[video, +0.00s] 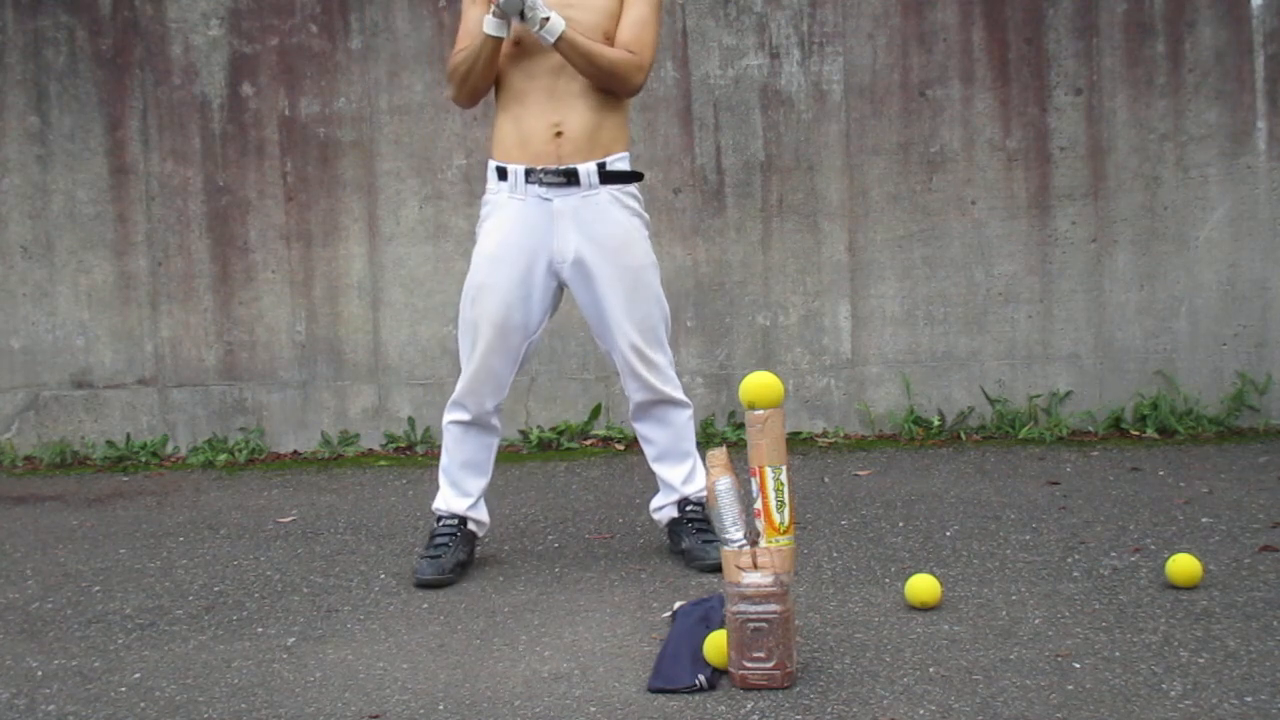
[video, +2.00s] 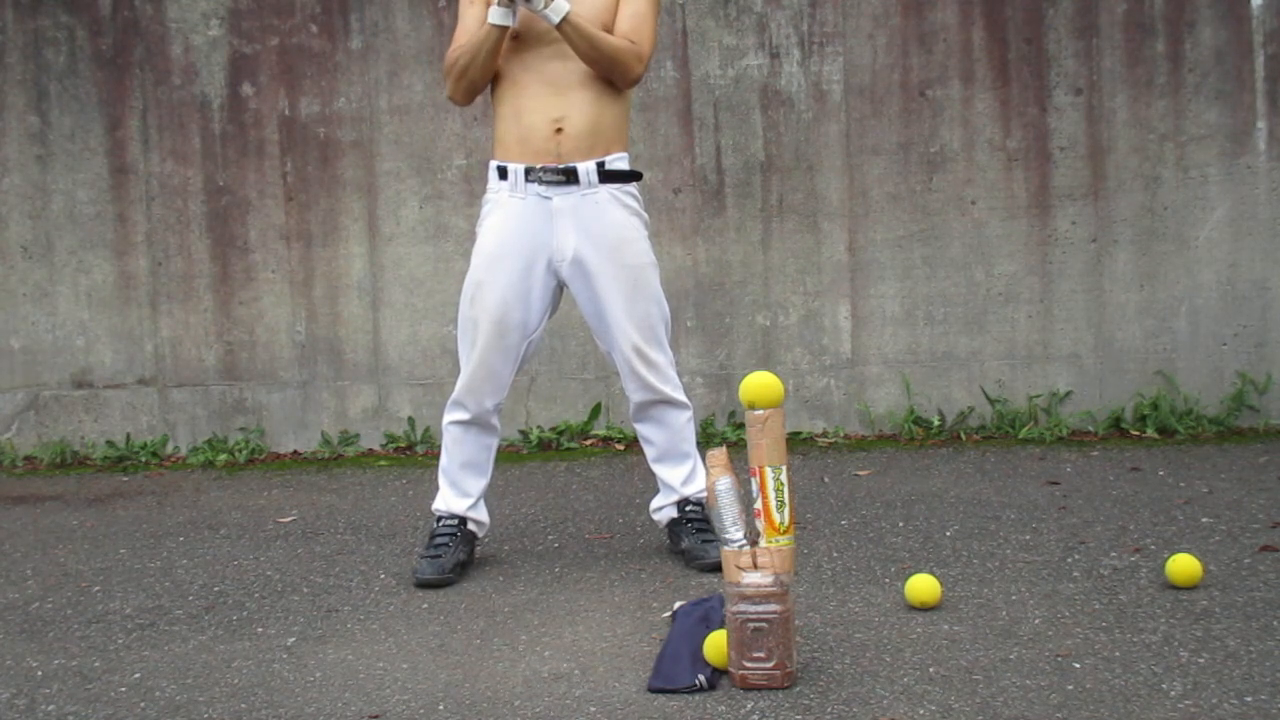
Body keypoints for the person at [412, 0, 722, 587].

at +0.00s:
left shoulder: (636, 0)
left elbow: (629, 76)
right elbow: (463, 91)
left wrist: (553, 27)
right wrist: (497, 27)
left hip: (605, 196)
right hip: (513, 198)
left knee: (647, 364)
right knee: (480, 375)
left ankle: (686, 507)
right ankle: (455, 517)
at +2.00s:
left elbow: (629, 68)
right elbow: (460, 88)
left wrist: (560, 15)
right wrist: (499, 16)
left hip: (605, 195)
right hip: (513, 197)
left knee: (647, 362)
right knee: (480, 373)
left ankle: (686, 507)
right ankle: (455, 517)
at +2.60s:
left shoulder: (632, 1)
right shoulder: (485, 1)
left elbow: (630, 76)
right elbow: (465, 97)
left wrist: (559, 22)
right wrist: (500, 25)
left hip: (606, 195)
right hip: (513, 198)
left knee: (647, 363)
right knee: (480, 374)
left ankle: (686, 507)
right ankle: (455, 517)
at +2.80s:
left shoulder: (631, 0)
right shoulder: (486, 2)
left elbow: (630, 77)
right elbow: (465, 100)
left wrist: (556, 25)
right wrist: (499, 28)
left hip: (606, 195)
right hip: (514, 198)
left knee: (648, 363)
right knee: (481, 373)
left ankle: (686, 508)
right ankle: (455, 517)